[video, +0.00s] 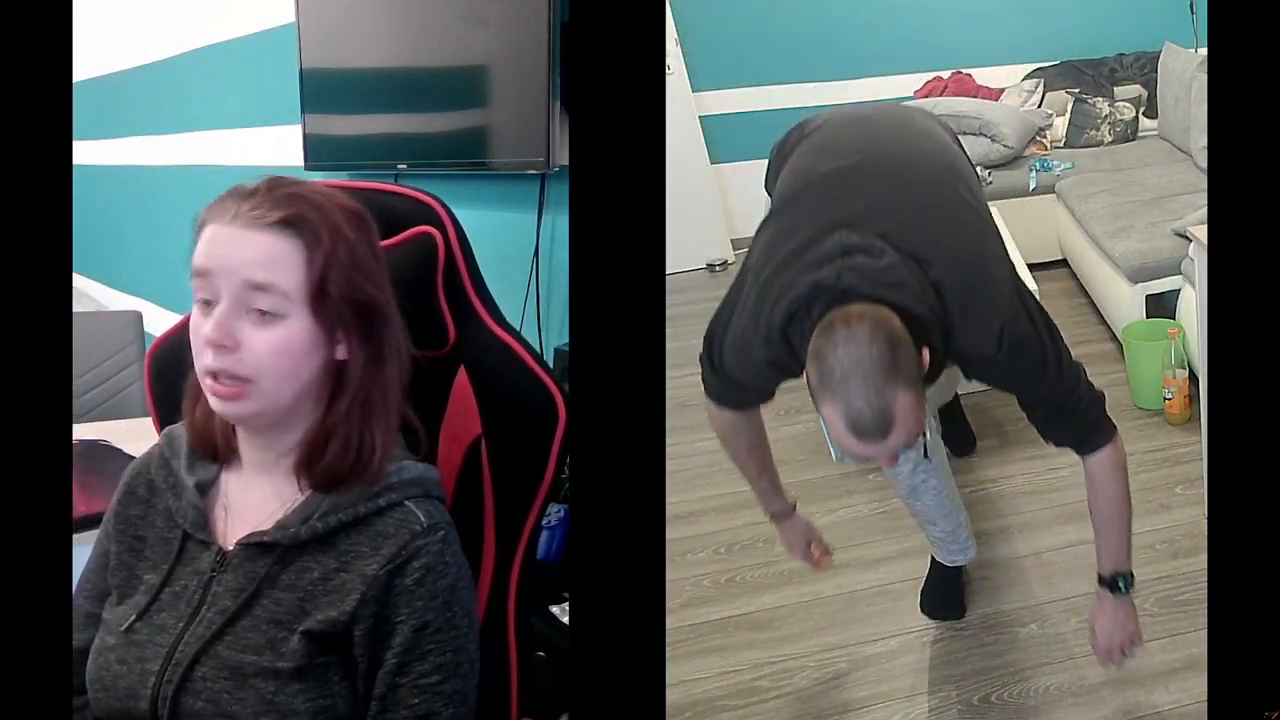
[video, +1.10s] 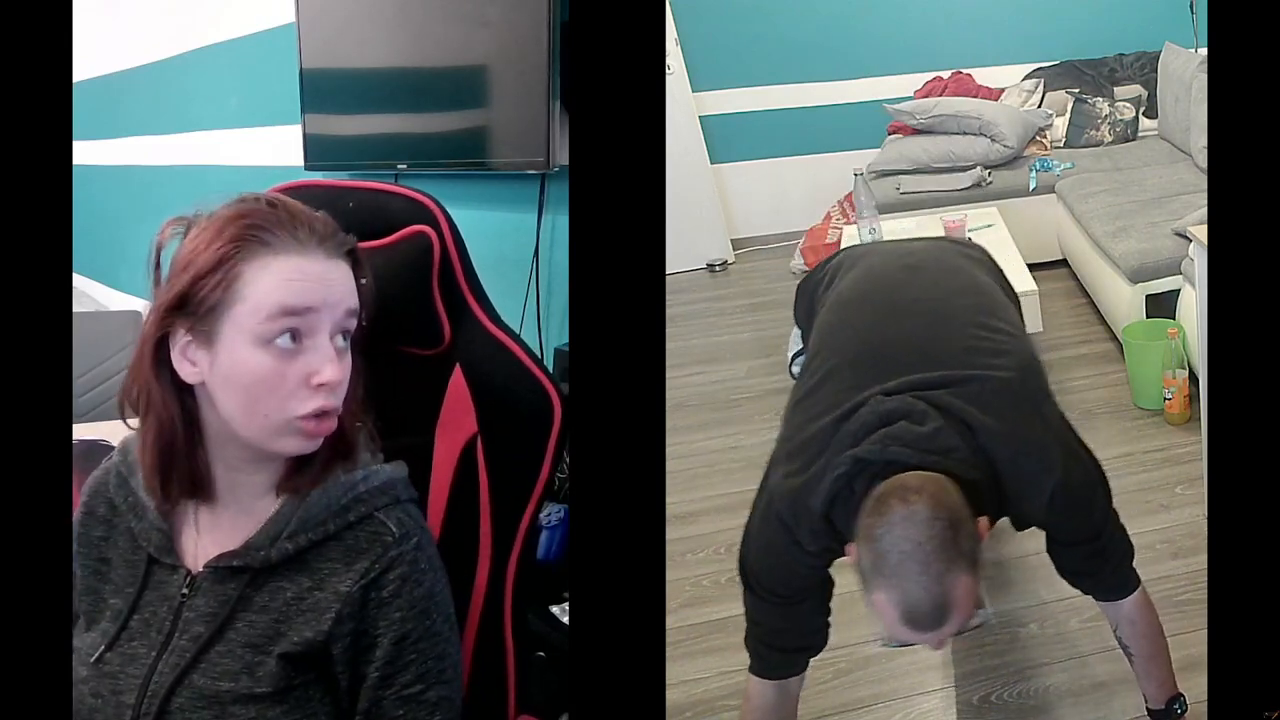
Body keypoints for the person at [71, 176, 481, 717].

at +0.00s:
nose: (215, 335)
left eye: (261, 311)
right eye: (205, 301)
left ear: (343, 335)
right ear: (191, 306)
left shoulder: (407, 549)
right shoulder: (154, 481)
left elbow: (427, 706)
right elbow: (77, 679)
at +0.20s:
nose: (272, 321)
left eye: (311, 299)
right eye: (242, 290)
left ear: (348, 341)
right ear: (194, 325)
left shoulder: (402, 548)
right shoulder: (140, 492)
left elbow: (430, 702)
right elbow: (77, 680)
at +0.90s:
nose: (332, 364)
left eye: (343, 328)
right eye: (288, 329)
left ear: (355, 335)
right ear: (190, 351)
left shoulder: (386, 553)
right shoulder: (111, 507)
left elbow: (422, 703)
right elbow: (81, 679)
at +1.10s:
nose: (334, 372)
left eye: (343, 335)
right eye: (290, 337)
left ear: (355, 336)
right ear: (190, 351)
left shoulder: (384, 553)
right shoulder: (110, 506)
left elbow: (419, 705)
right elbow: (82, 678)